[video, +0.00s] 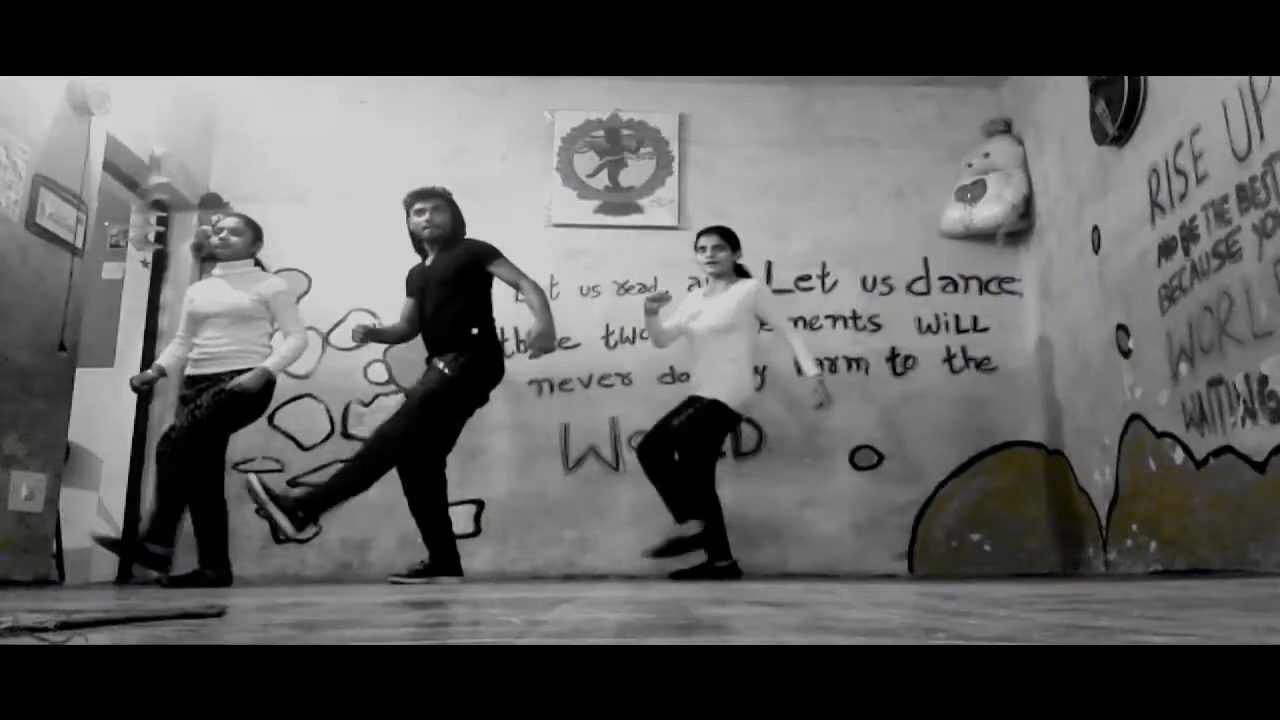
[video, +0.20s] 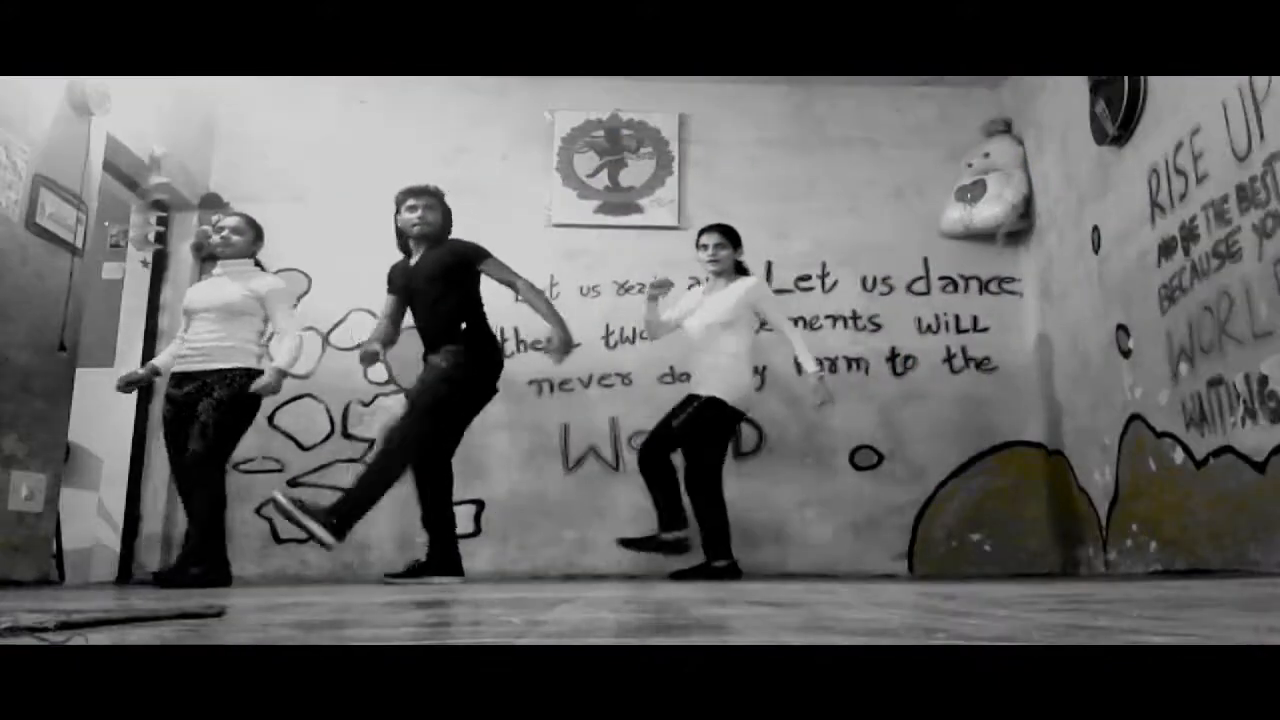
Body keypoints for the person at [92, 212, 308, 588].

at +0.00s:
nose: (221, 236)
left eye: (233, 232)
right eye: (217, 232)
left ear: (254, 246)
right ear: (210, 243)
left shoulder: (269, 284)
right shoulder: (198, 290)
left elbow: (295, 336)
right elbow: (183, 342)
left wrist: (264, 371)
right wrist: (155, 371)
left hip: (245, 384)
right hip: (198, 386)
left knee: (175, 445)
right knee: (205, 479)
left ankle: (157, 547)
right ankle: (215, 569)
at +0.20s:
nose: (222, 235)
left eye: (234, 231)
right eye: (218, 230)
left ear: (254, 245)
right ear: (210, 239)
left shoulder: (266, 282)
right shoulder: (197, 289)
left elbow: (288, 332)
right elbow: (182, 341)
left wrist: (277, 371)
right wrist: (149, 370)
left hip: (233, 380)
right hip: (184, 381)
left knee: (203, 463)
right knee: (185, 471)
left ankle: (205, 564)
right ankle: (203, 562)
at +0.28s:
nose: (138, 210)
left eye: (153, 206)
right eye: (134, 204)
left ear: (176, 222)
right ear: (126, 215)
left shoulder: (188, 266)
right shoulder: (106, 274)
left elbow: (228, 318)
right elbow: (86, 336)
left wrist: (204, 374)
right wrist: (45, 372)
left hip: (148, 384)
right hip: (89, 385)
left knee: (108, 483)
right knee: (88, 493)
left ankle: (110, 606)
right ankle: (120, 605)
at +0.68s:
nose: (135, 215)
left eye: (149, 212)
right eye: (131, 210)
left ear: (171, 231)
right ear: (118, 222)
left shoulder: (188, 278)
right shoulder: (92, 279)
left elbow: (224, 351)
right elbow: (72, 345)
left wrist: (214, 340)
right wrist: (59, 407)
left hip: (156, 395)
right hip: (89, 393)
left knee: (131, 484)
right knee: (62, 494)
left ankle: (118, 609)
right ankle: (71, 611)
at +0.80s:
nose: (186, 225)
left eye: (200, 221)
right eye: (179, 216)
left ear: (217, 239)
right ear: (165, 222)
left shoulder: (215, 295)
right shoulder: (130, 257)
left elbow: (213, 369)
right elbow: (52, 293)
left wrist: (250, 413)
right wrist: (99, 280)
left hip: (158, 394)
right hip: (90, 387)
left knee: (177, 495)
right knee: (74, 505)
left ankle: (201, 596)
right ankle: (71, 612)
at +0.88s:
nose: (202, 234)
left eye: (217, 233)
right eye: (196, 227)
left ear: (232, 255)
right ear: (184, 233)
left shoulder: (221, 314)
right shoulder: (145, 263)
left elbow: (199, 382)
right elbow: (66, 287)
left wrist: (235, 410)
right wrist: (106, 307)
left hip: (160, 405)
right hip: (92, 393)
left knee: (197, 505)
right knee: (71, 510)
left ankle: (229, 604)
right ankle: (71, 614)